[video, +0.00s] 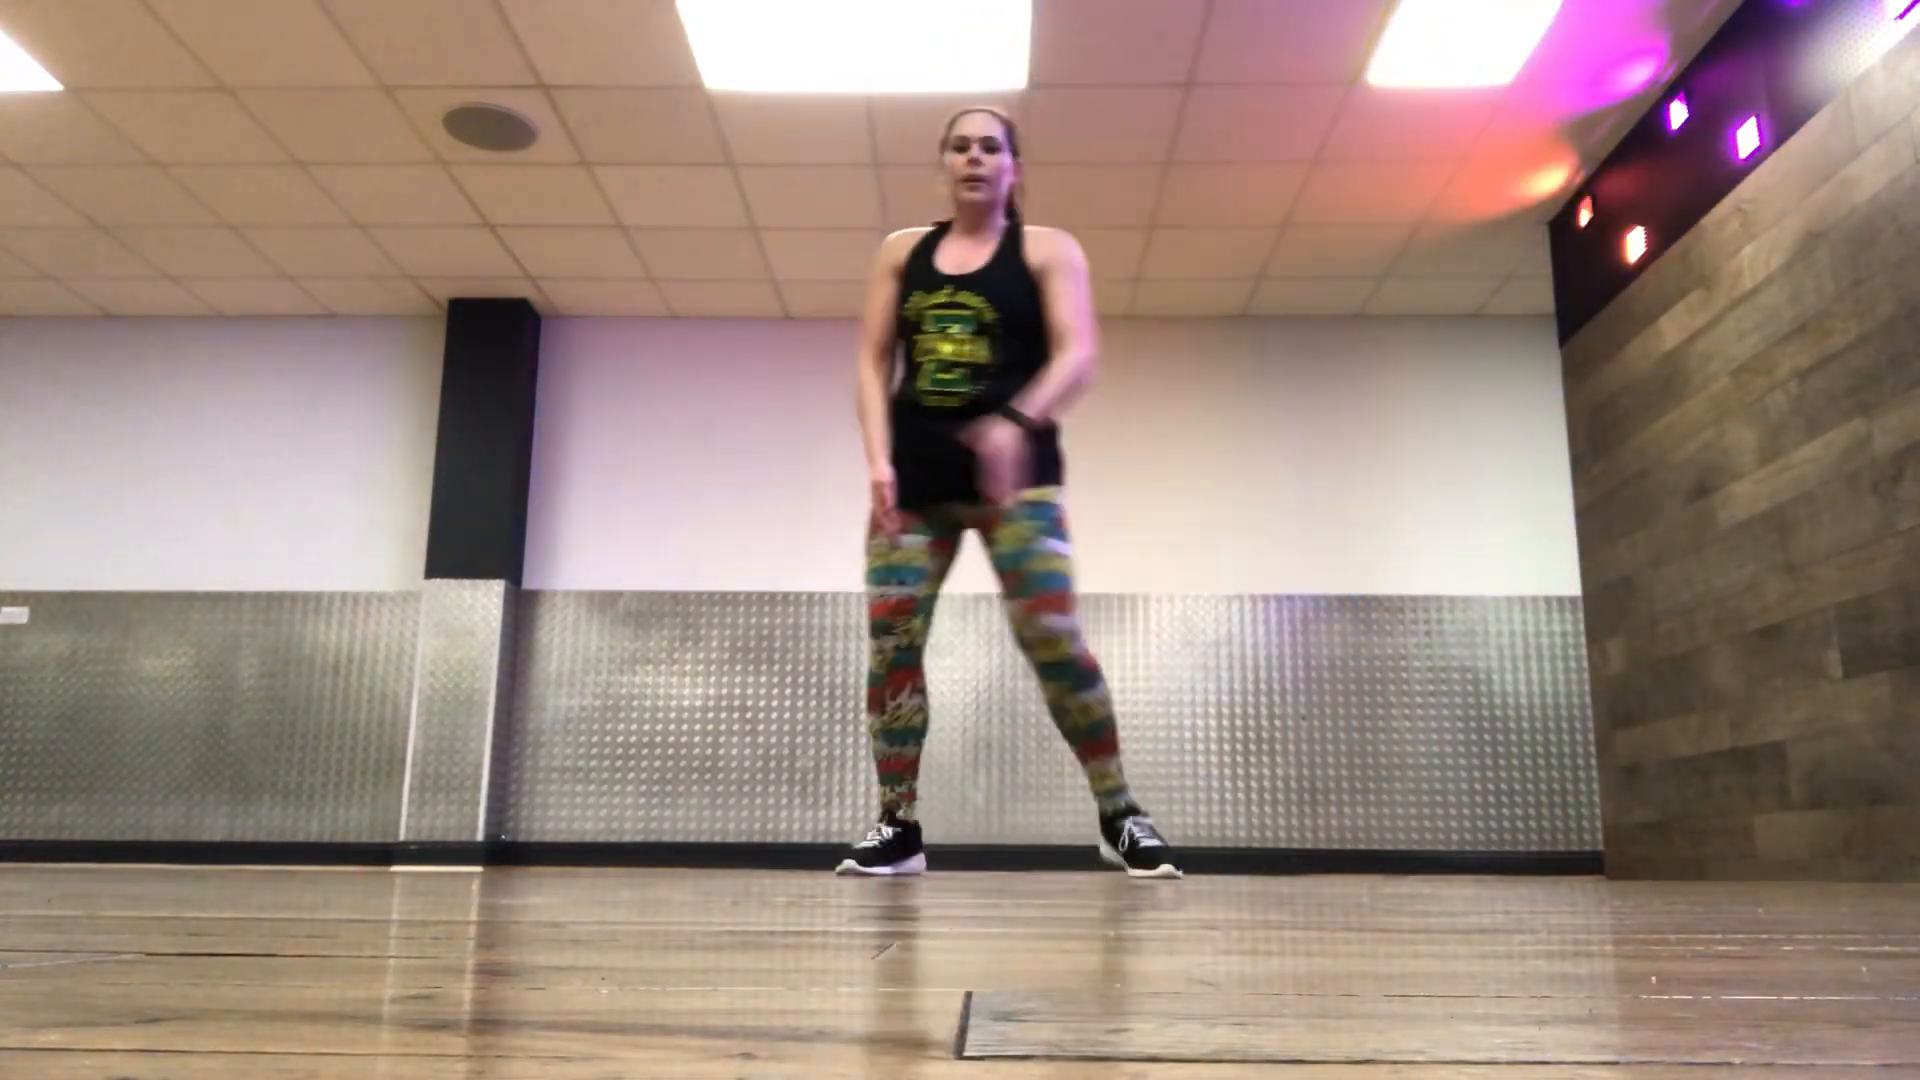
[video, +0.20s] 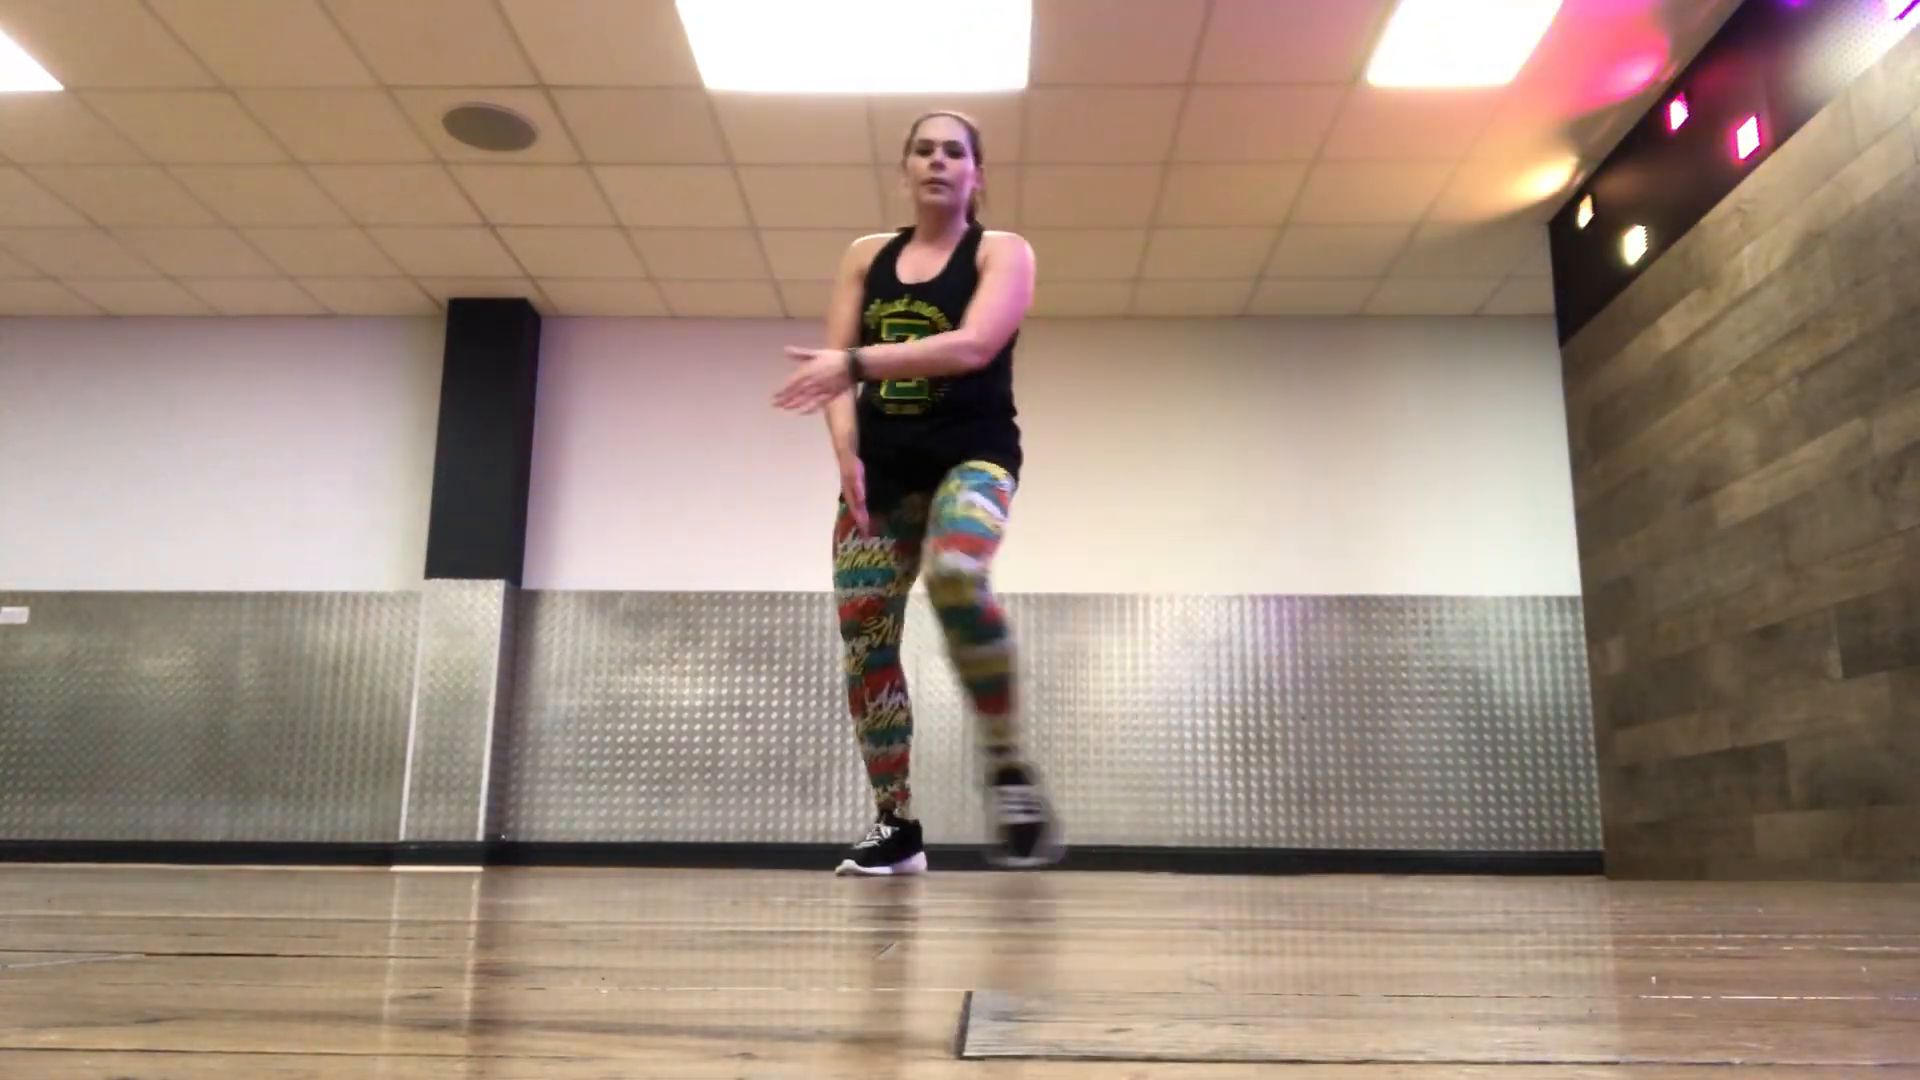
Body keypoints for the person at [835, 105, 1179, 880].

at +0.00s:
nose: (974, 157)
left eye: (989, 147)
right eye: (961, 146)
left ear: (1015, 168)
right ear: (941, 165)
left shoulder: (1048, 250)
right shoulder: (902, 252)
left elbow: (1078, 354)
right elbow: (873, 360)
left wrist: (1019, 418)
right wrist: (878, 461)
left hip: (1015, 479)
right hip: (916, 481)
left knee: (1053, 638)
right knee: (892, 646)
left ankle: (1119, 813)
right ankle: (897, 826)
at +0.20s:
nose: (938, 161)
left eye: (953, 151)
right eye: (925, 150)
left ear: (977, 175)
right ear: (904, 171)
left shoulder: (1005, 254)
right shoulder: (867, 256)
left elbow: (972, 348)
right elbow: (836, 366)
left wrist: (853, 361)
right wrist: (848, 458)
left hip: (972, 460)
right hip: (882, 468)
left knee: (953, 577)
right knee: (865, 636)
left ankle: (1011, 775)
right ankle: (896, 825)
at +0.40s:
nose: (921, 158)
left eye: (937, 149)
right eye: (908, 148)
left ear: (960, 171)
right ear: (886, 168)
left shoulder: (988, 250)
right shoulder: (851, 252)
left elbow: (977, 350)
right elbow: (828, 356)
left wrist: (857, 371)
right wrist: (843, 435)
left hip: (953, 467)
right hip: (864, 468)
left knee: (881, 609)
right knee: (865, 637)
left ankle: (806, 790)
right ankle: (899, 828)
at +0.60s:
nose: (926, 166)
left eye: (941, 156)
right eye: (913, 155)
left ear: (963, 180)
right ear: (890, 175)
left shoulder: (989, 259)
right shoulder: (849, 257)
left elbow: (1034, 333)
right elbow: (820, 365)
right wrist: (846, 460)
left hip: (950, 473)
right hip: (858, 472)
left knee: (891, 603)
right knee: (863, 644)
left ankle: (811, 796)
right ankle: (900, 826)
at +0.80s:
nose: (952, 164)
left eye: (966, 155)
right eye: (939, 153)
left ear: (986, 178)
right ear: (914, 171)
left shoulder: (1009, 263)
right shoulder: (867, 245)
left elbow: (1093, 312)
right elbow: (824, 349)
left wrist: (1120, 215)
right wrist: (860, 458)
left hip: (969, 474)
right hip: (875, 475)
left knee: (1009, 584)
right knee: (880, 646)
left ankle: (970, 790)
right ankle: (897, 826)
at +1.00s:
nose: (998, 172)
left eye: (1011, 163)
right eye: (984, 161)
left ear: (1029, 187)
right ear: (956, 181)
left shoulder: (1045, 278)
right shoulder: (919, 247)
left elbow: (1134, 336)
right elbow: (878, 347)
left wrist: (1179, 253)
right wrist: (928, 453)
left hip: (1005, 484)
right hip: (914, 477)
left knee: (1054, 634)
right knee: (915, 642)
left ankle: (1033, 826)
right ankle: (900, 828)